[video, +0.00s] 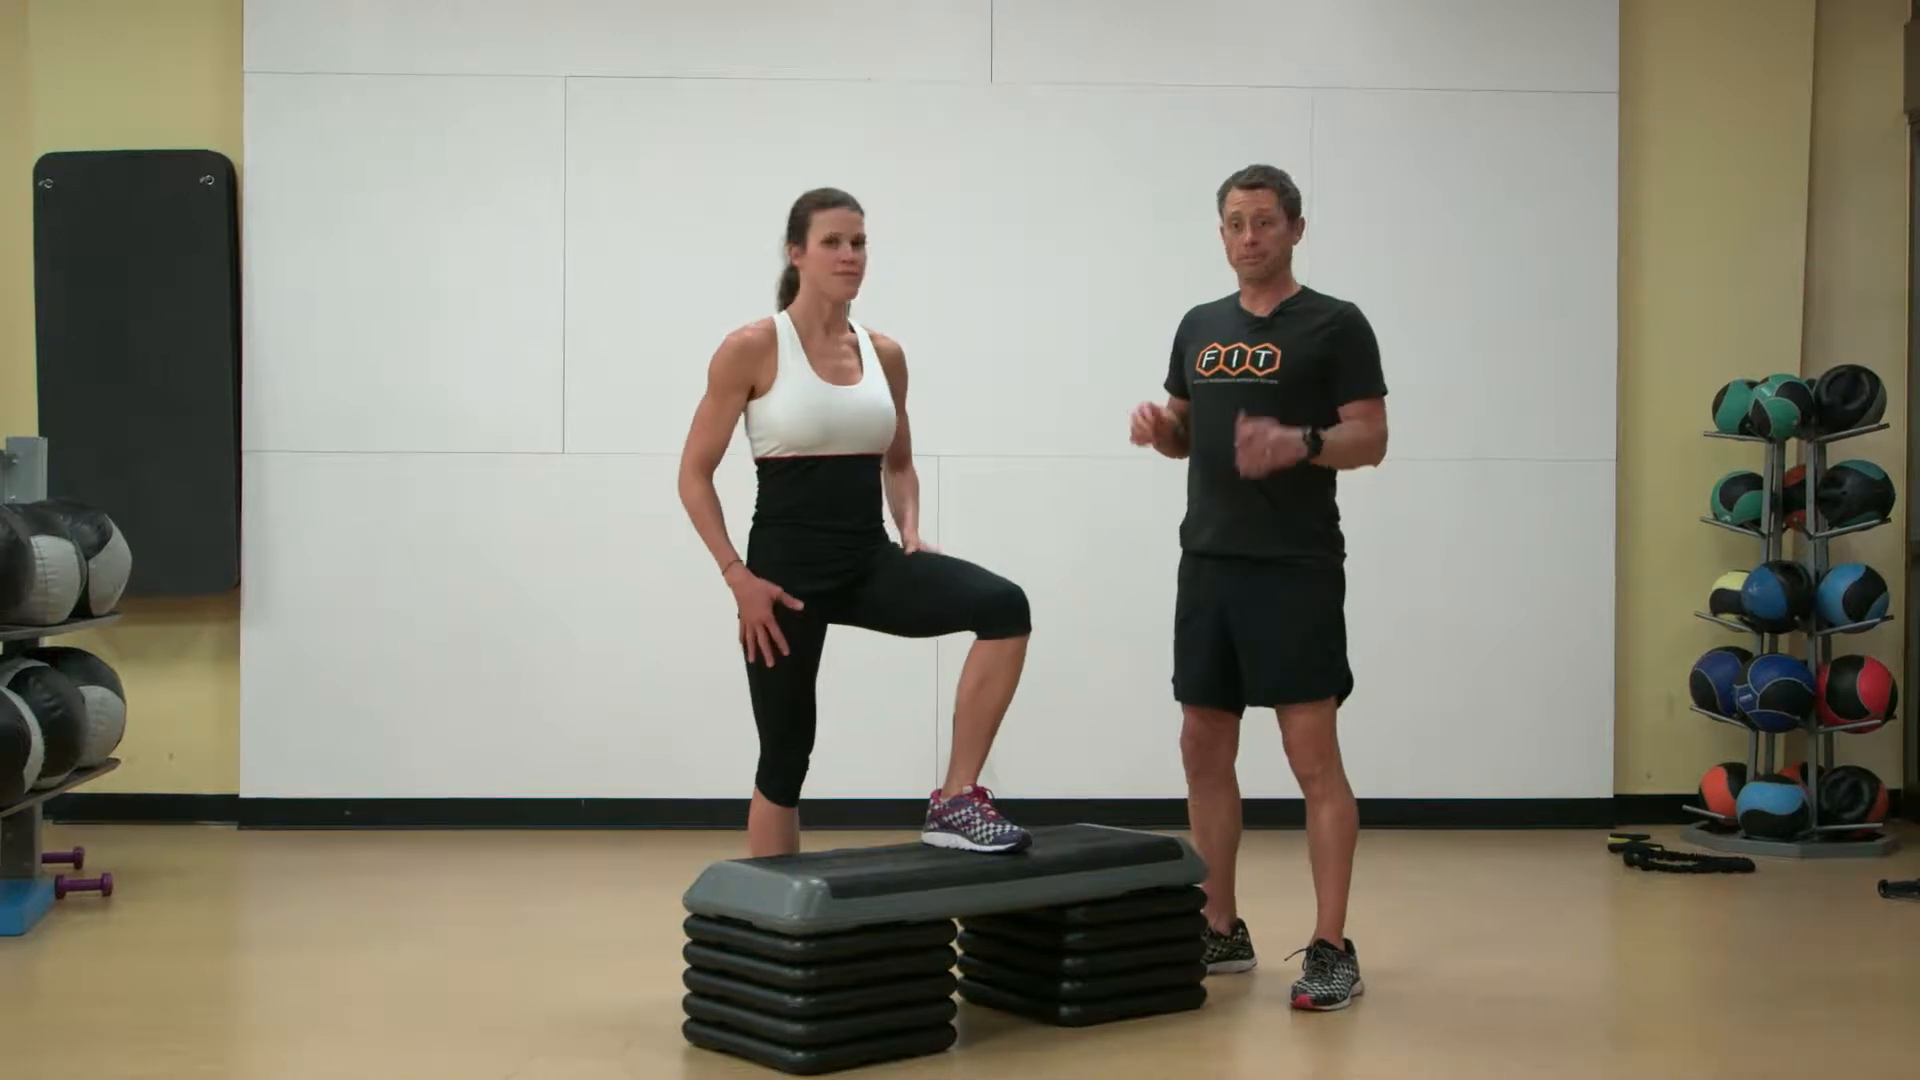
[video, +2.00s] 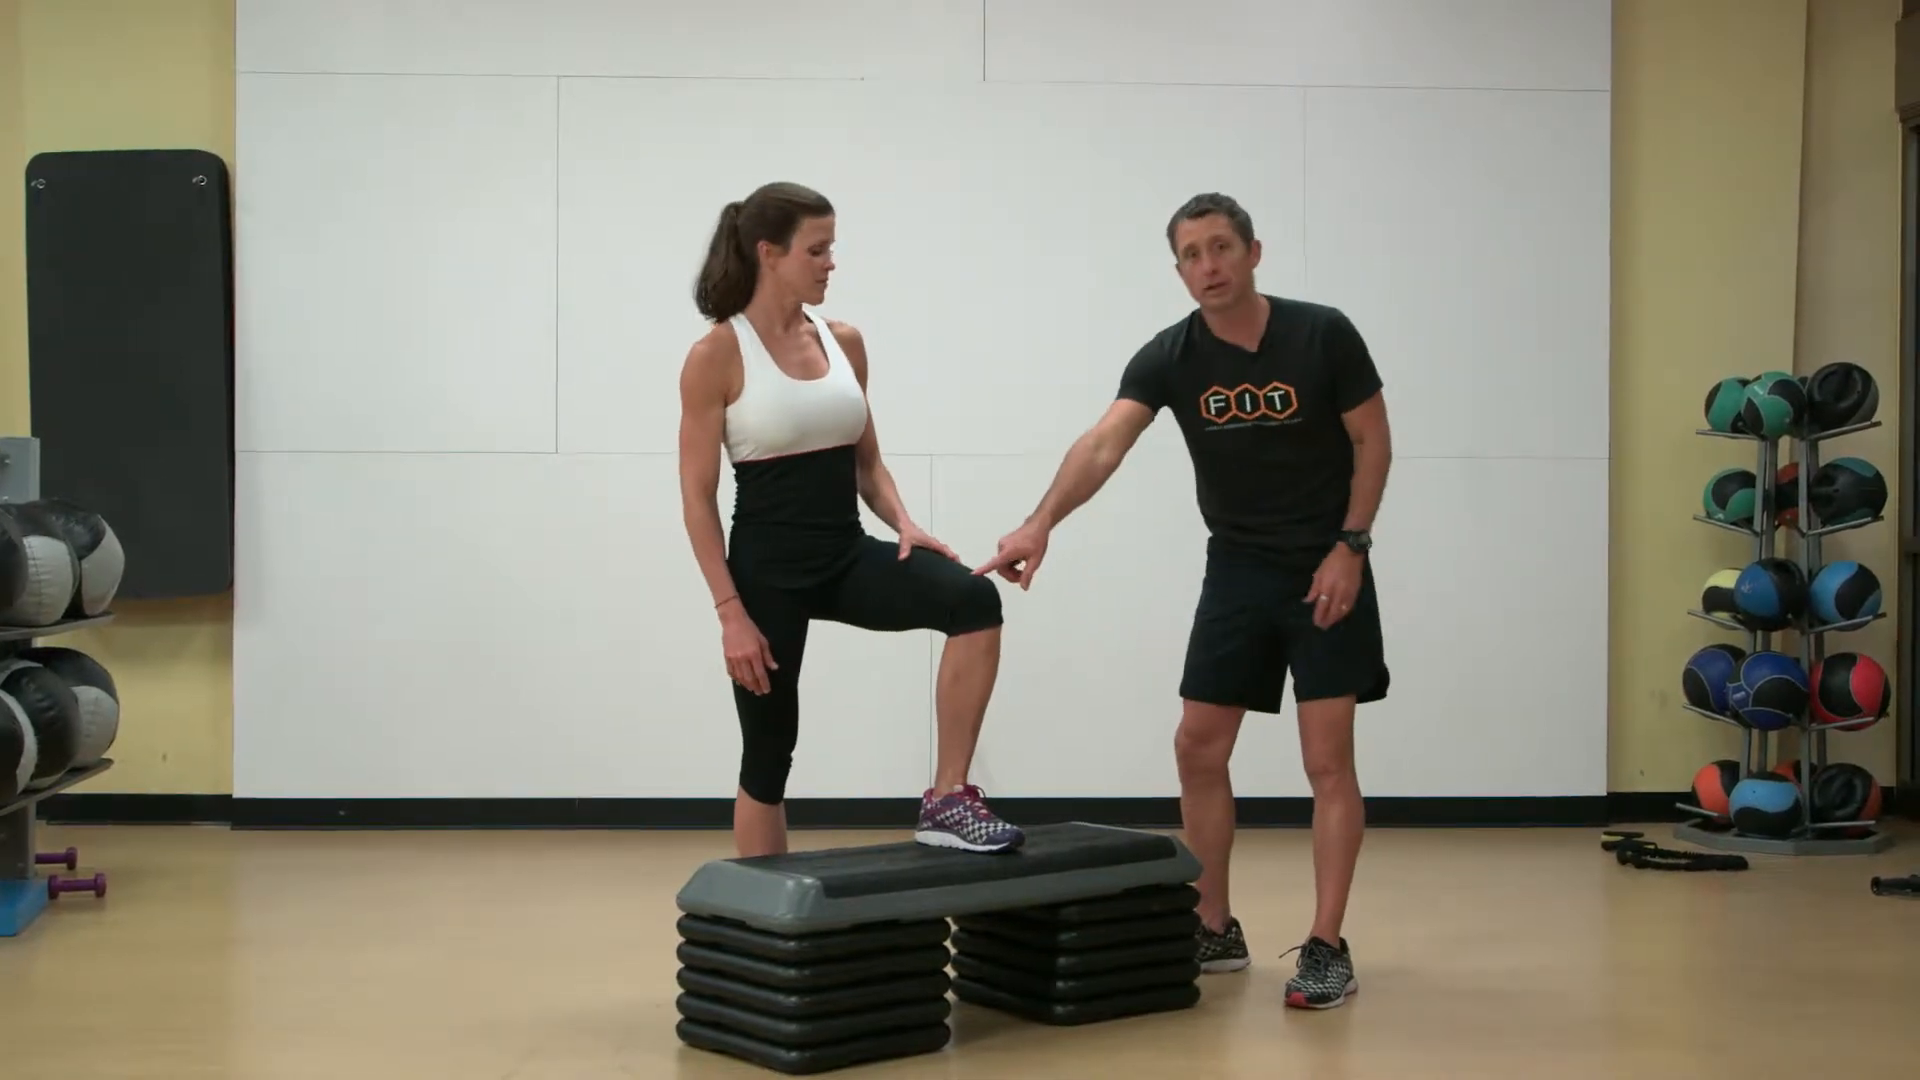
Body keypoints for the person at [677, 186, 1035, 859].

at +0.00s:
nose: (851, 256)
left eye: (859, 243)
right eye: (833, 243)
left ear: (867, 252)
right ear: (796, 254)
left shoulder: (884, 356)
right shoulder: (751, 350)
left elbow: (899, 463)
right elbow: (694, 476)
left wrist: (908, 531)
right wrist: (736, 576)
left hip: (866, 563)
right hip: (786, 571)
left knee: (1004, 609)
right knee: (784, 763)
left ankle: (957, 797)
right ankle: (770, 933)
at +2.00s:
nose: (832, 262)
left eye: (832, 248)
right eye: (818, 249)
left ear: (794, 254)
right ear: (769, 253)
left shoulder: (842, 342)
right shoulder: (716, 357)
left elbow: (867, 462)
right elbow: (698, 500)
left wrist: (904, 523)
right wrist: (730, 612)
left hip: (845, 556)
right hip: (767, 568)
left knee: (974, 602)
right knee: (767, 760)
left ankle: (949, 797)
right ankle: (763, 929)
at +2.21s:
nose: (825, 274)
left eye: (830, 259)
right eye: (812, 259)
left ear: (832, 259)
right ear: (764, 256)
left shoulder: (844, 345)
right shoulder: (719, 359)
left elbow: (868, 465)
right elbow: (701, 500)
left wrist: (906, 527)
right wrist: (733, 613)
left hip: (845, 558)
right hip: (768, 570)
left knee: (974, 604)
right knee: (768, 763)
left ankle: (949, 799)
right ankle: (765, 931)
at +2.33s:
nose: (828, 278)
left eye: (834, 263)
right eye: (814, 263)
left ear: (837, 262)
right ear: (767, 257)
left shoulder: (847, 346)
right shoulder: (722, 360)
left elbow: (871, 468)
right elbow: (703, 500)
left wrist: (911, 531)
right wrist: (733, 614)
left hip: (847, 560)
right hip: (770, 570)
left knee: (976, 605)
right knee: (769, 763)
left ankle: (950, 799)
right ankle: (765, 931)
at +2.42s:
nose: (829, 280)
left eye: (835, 265)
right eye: (816, 264)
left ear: (840, 263)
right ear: (768, 258)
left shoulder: (849, 346)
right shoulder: (724, 360)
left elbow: (873, 468)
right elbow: (703, 503)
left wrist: (913, 531)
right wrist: (733, 616)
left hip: (849, 560)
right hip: (773, 570)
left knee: (978, 604)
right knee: (771, 763)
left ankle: (950, 799)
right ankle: (767, 931)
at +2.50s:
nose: (830, 281)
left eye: (837, 266)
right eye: (817, 266)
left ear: (842, 264)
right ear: (771, 258)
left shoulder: (851, 347)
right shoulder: (725, 361)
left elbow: (875, 468)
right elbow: (705, 502)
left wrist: (915, 531)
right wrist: (734, 616)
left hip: (852, 560)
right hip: (775, 571)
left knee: (980, 606)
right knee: (773, 764)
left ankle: (951, 800)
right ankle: (766, 933)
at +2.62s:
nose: (833, 283)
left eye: (841, 268)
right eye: (820, 268)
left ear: (846, 266)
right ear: (774, 259)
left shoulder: (855, 348)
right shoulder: (729, 362)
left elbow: (878, 469)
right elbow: (708, 504)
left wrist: (918, 534)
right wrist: (737, 617)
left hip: (855, 561)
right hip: (778, 572)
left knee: (981, 609)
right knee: (775, 764)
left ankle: (951, 801)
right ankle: (766, 933)